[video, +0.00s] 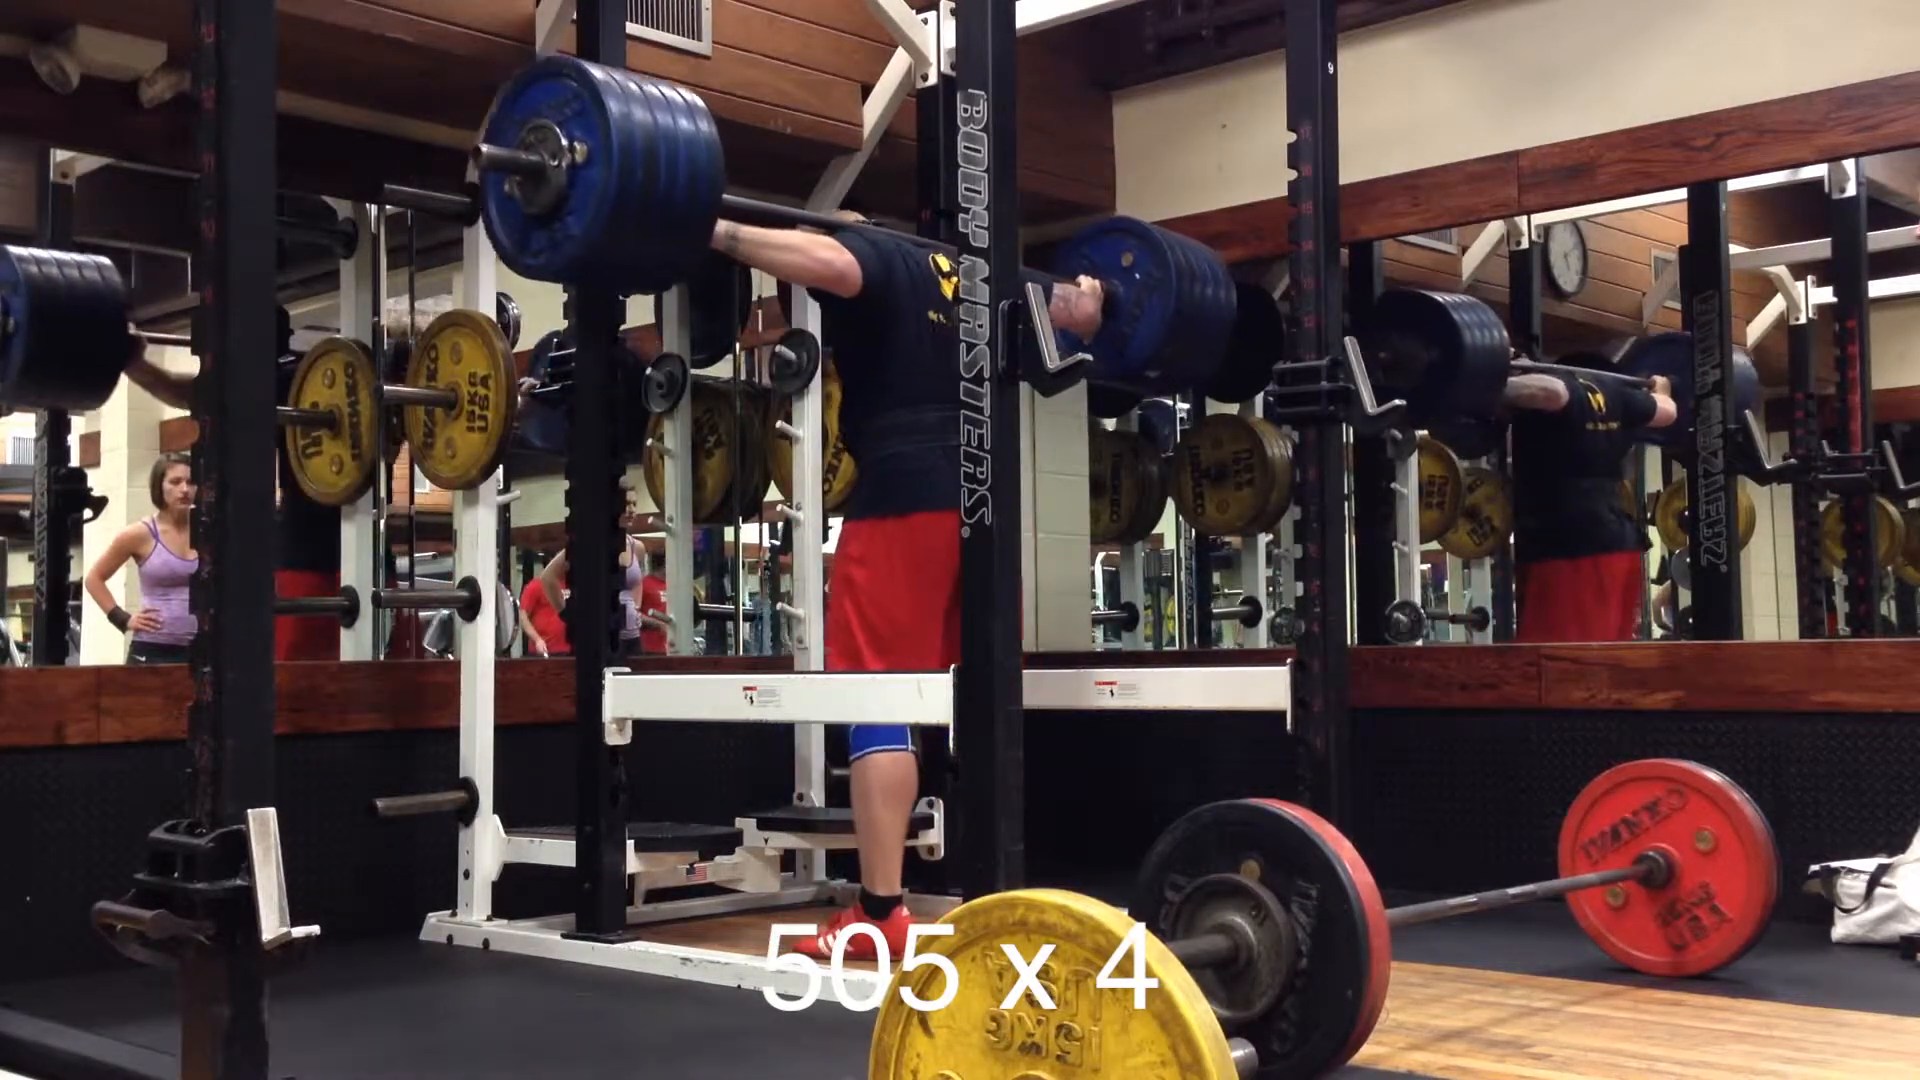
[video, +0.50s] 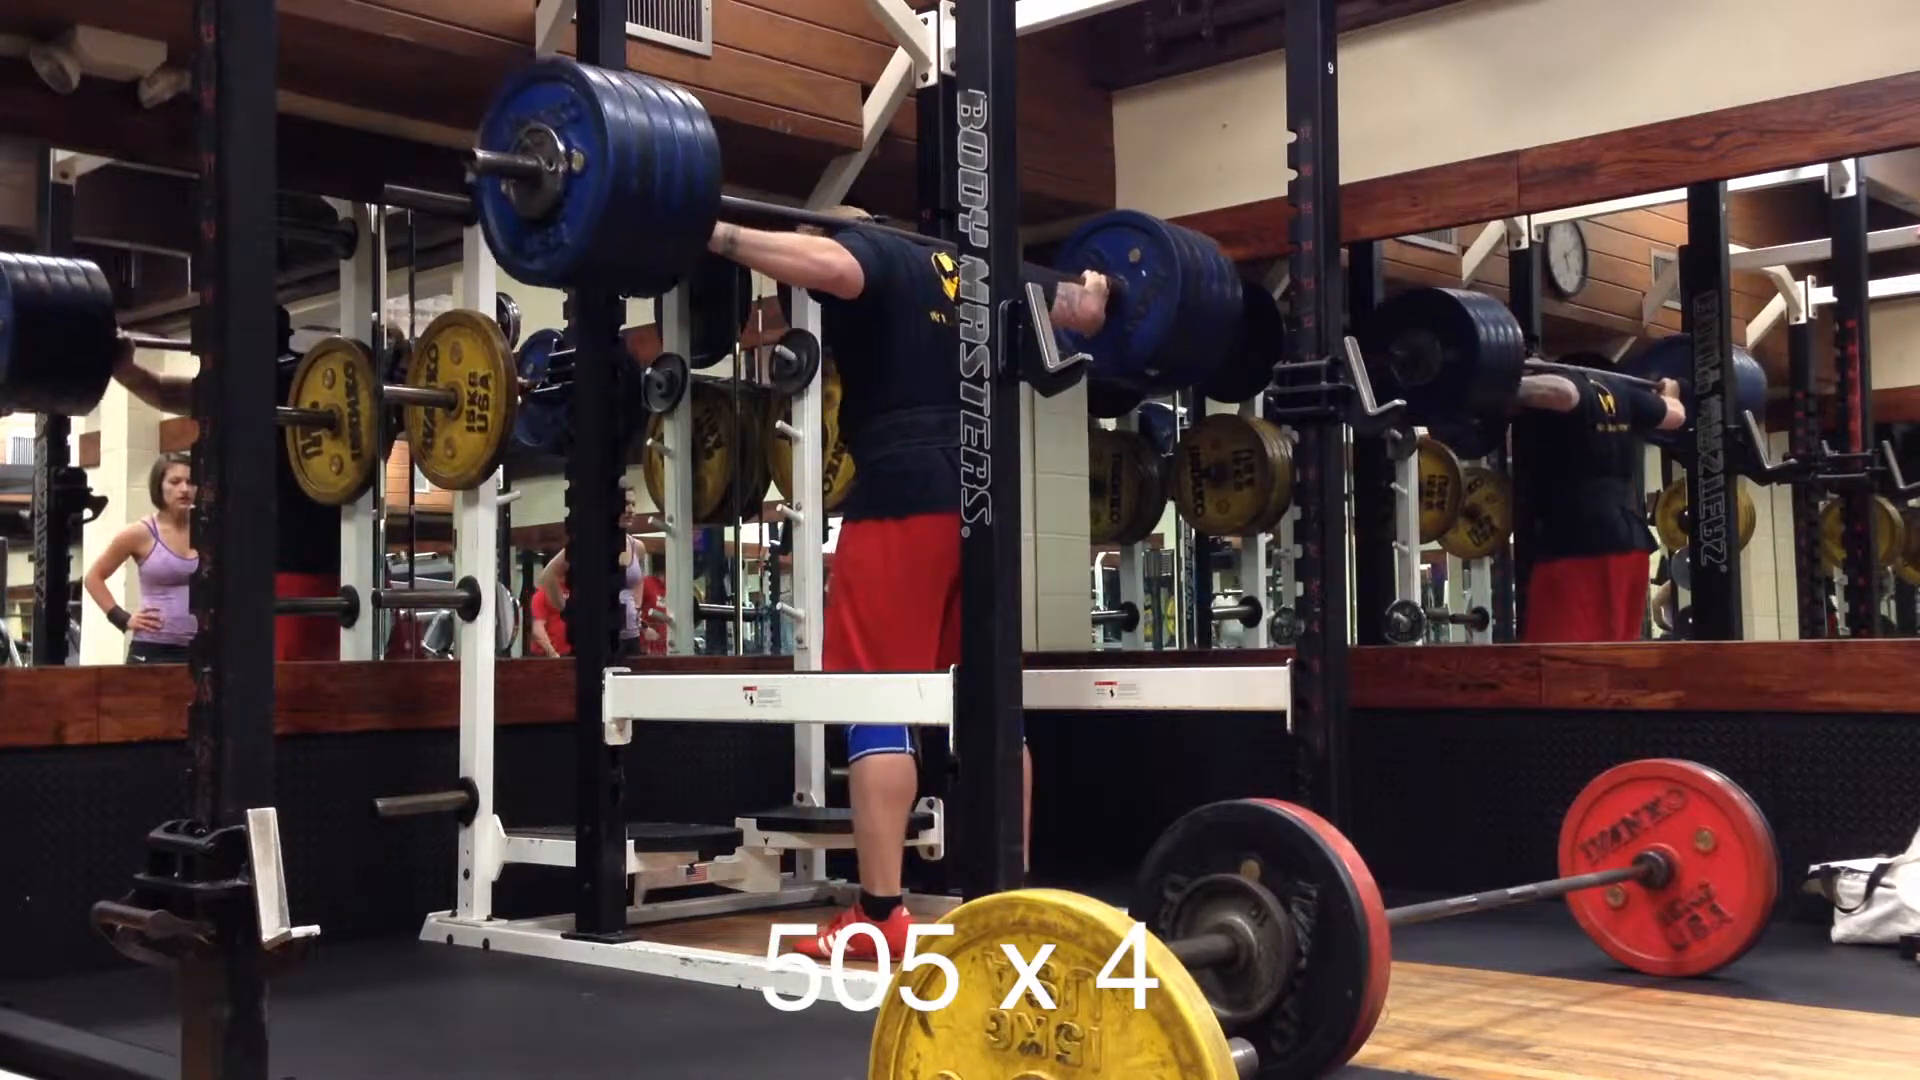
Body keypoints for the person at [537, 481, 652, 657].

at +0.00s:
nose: (630, 510)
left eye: (633, 505)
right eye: (624, 504)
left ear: (637, 508)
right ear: (610, 508)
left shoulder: (636, 546)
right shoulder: (589, 544)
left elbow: (637, 581)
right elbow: (548, 577)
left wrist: (636, 608)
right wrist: (564, 611)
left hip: (629, 631)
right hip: (596, 632)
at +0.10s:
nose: (630, 510)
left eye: (633, 504)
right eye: (624, 504)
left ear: (637, 508)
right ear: (610, 507)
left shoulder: (636, 547)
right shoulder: (589, 544)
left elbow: (637, 581)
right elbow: (548, 577)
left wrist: (636, 609)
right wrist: (564, 611)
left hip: (630, 632)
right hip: (596, 633)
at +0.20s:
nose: (630, 510)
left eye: (633, 504)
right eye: (624, 504)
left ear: (636, 506)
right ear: (610, 507)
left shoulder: (636, 546)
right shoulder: (588, 543)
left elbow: (637, 581)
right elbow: (548, 576)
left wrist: (635, 608)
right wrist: (566, 612)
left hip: (629, 631)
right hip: (595, 631)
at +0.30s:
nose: (630, 510)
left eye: (633, 505)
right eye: (624, 504)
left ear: (636, 506)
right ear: (610, 507)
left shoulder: (636, 546)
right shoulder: (589, 542)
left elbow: (638, 580)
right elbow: (548, 575)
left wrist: (635, 607)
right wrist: (564, 611)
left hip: (630, 631)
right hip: (596, 631)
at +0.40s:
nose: (630, 510)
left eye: (632, 505)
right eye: (624, 504)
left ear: (636, 506)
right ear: (609, 507)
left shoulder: (636, 546)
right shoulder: (588, 543)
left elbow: (638, 580)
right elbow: (548, 576)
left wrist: (636, 607)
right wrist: (565, 611)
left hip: (630, 631)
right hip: (595, 631)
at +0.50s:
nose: (629, 510)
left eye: (632, 505)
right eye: (624, 504)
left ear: (636, 508)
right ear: (609, 507)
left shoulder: (636, 546)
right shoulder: (588, 543)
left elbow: (638, 580)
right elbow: (548, 576)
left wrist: (636, 608)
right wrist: (564, 609)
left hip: (629, 630)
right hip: (595, 630)